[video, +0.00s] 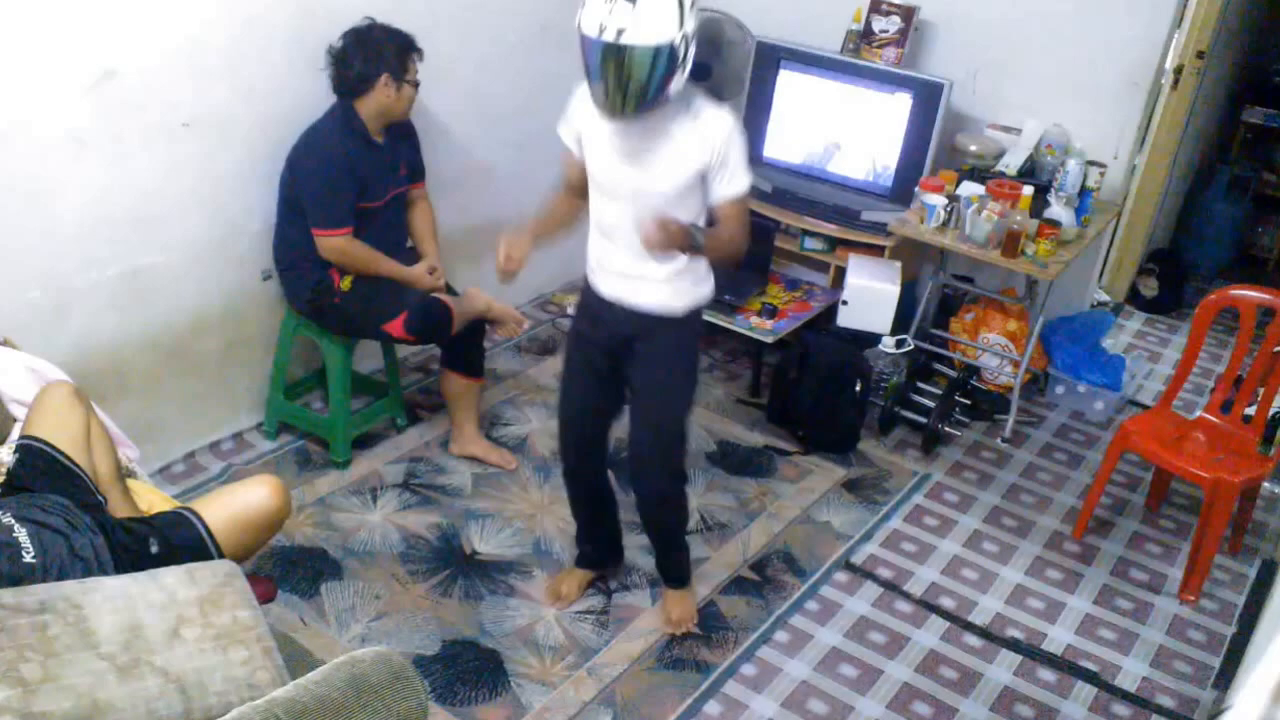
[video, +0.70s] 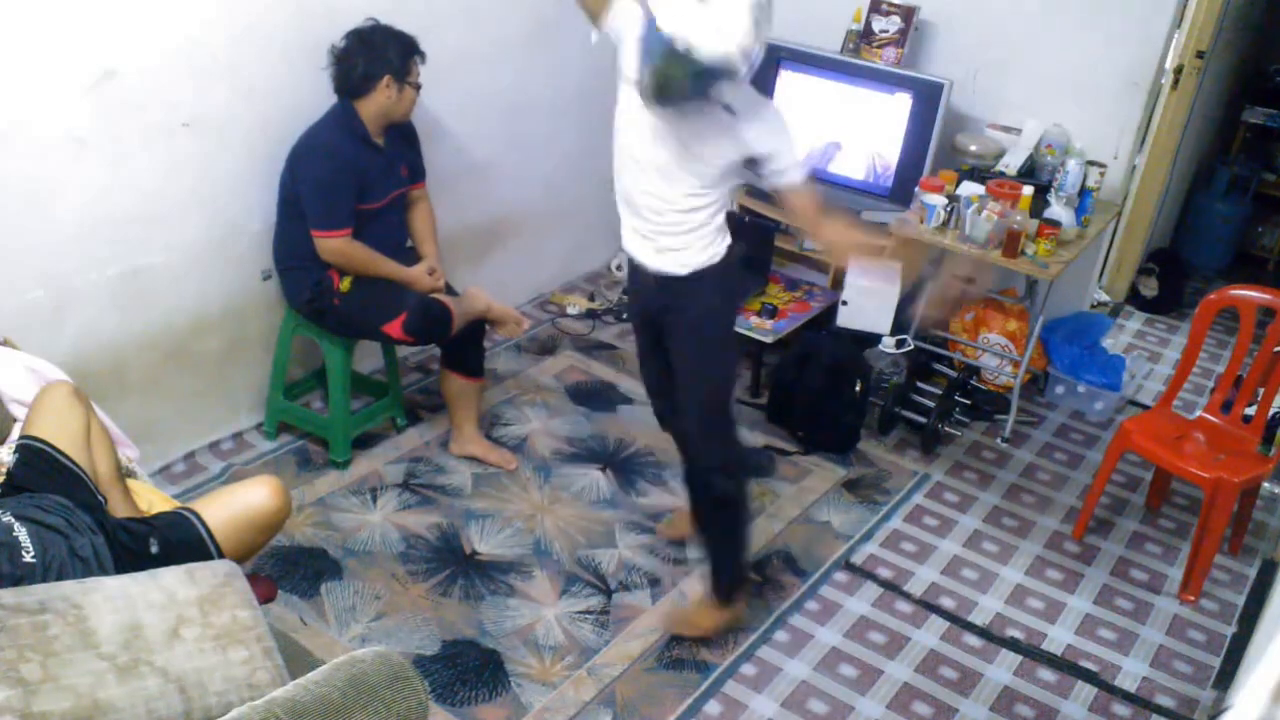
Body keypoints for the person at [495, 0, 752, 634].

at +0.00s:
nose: (616, 77)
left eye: (635, 63)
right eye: (605, 59)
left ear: (674, 58)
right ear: (593, 49)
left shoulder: (714, 127)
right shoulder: (589, 104)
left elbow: (735, 238)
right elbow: (574, 191)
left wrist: (690, 237)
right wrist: (528, 235)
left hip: (670, 319)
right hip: (599, 304)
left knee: (652, 462)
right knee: (579, 446)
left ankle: (676, 579)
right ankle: (596, 558)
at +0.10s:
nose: (606, 73)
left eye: (624, 60)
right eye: (598, 57)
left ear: (663, 62)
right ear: (591, 55)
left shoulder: (705, 131)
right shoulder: (598, 118)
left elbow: (714, 254)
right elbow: (593, 202)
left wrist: (669, 212)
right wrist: (538, 238)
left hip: (682, 321)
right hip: (612, 307)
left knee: (680, 458)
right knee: (593, 441)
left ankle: (677, 575)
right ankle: (593, 561)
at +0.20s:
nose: (594, 59)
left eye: (600, 44)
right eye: (590, 47)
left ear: (636, 37)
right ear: (603, 47)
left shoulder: (699, 91)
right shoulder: (630, 89)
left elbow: (663, 211)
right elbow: (625, 154)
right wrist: (555, 158)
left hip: (705, 289)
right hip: (640, 278)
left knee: (708, 434)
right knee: (613, 420)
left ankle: (721, 564)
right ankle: (622, 546)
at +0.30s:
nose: (591, 51)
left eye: (598, 36)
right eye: (587, 41)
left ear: (643, 29)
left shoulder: (697, 96)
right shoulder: (633, 85)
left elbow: (613, 189)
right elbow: (620, 135)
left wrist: (578, 100)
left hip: (710, 302)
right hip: (647, 290)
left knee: (723, 437)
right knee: (617, 431)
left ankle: (752, 548)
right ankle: (662, 543)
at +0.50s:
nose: (611, 97)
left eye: (621, 82)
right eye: (608, 82)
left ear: (665, 76)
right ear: (663, 77)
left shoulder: (711, 154)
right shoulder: (661, 140)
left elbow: (660, 256)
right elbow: (661, 247)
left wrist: (578, 281)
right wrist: (613, 282)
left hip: (704, 341)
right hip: (644, 332)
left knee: (742, 451)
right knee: (634, 459)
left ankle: (799, 552)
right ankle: (674, 565)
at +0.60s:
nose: (666, 90)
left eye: (680, 82)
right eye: (659, 77)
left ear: (707, 70)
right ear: (648, 58)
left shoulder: (742, 126)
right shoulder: (641, 61)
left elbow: (751, 247)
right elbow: (581, 5)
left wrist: (743, 328)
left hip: (703, 295)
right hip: (644, 285)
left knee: (725, 429)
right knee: (675, 424)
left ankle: (767, 571)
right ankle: (686, 532)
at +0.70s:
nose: (682, 82)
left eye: (702, 75)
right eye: (676, 64)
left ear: (734, 65)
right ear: (663, 38)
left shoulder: (756, 121)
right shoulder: (637, 34)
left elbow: (817, 221)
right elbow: (596, 5)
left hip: (699, 284)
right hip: (642, 272)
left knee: (705, 433)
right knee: (672, 409)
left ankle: (727, 592)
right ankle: (707, 502)